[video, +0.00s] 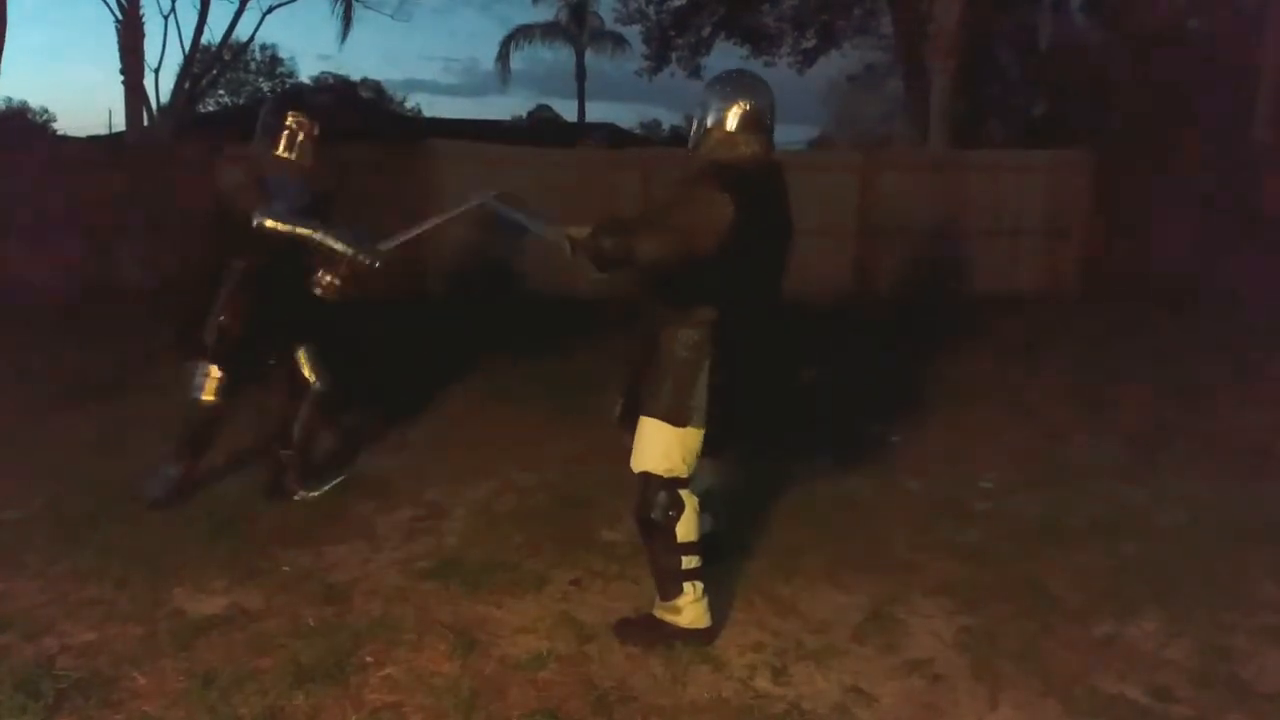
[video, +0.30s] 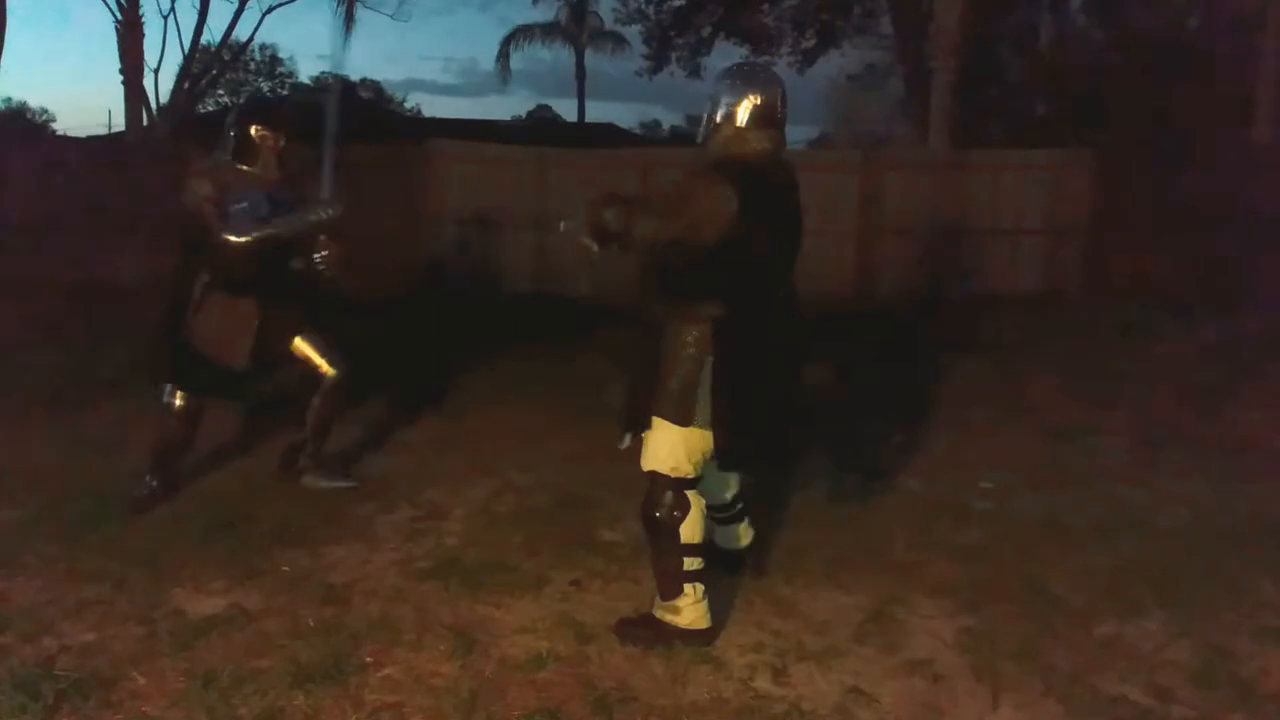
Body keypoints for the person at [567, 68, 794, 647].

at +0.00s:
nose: (698, 125)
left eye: (707, 114)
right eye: (703, 114)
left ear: (728, 116)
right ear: (757, 118)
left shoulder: (730, 182)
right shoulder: (752, 177)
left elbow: (680, 245)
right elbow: (681, 235)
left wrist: (608, 246)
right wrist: (615, 237)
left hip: (701, 343)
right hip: (715, 337)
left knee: (659, 481)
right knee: (675, 471)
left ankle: (683, 612)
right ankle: (685, 605)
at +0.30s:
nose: (708, 123)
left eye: (716, 112)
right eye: (715, 113)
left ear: (730, 117)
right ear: (772, 120)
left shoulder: (721, 183)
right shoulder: (775, 179)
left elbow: (678, 238)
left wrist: (620, 228)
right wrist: (643, 217)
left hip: (706, 339)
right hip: (749, 332)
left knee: (666, 474)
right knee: (714, 446)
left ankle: (684, 610)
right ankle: (731, 536)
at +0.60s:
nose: (717, 130)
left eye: (727, 120)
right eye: (725, 120)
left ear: (742, 127)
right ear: (773, 130)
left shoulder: (749, 189)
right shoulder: (766, 183)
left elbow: (689, 250)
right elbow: (692, 230)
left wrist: (621, 226)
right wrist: (627, 205)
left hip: (728, 346)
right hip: (737, 339)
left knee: (688, 475)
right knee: (707, 461)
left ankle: (687, 607)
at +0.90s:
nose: (732, 131)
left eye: (740, 119)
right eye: (738, 119)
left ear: (756, 124)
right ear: (788, 127)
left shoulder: (759, 189)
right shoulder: (787, 187)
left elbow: (723, 272)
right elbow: (718, 256)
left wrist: (660, 267)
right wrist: (645, 222)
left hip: (744, 349)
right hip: (756, 342)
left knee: (703, 467)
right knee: (714, 466)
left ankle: (741, 608)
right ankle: (737, 602)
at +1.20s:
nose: (735, 131)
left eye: (744, 121)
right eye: (740, 121)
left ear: (762, 129)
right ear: (795, 130)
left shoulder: (761, 191)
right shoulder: (798, 186)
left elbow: (706, 264)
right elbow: (716, 238)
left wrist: (641, 250)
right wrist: (650, 221)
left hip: (744, 352)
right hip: (765, 345)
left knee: (724, 496)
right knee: (734, 478)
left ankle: (758, 640)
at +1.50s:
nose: (750, 135)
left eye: (754, 123)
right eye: (757, 124)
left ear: (756, 125)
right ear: (806, 124)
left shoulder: (762, 189)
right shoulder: (816, 186)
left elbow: (722, 262)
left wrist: (656, 260)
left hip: (746, 348)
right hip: (781, 342)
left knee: (729, 490)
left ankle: (761, 643)